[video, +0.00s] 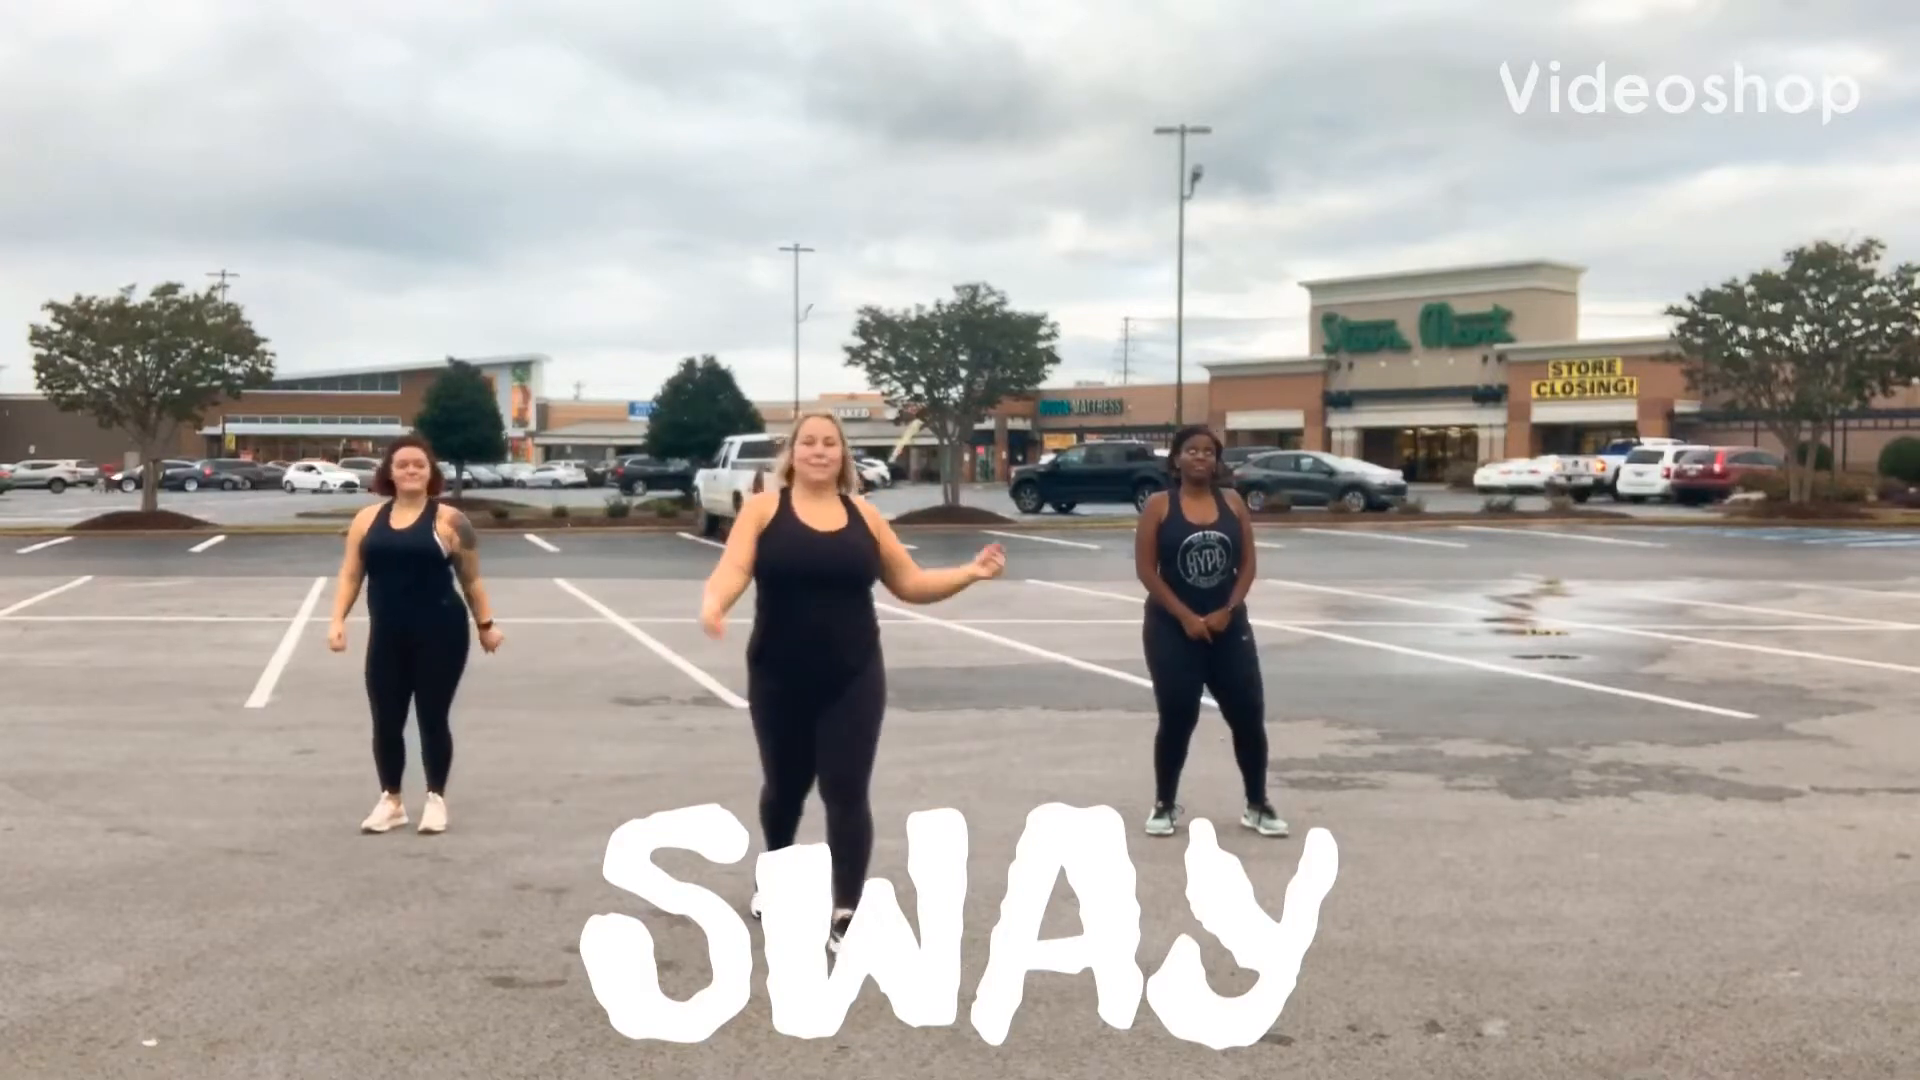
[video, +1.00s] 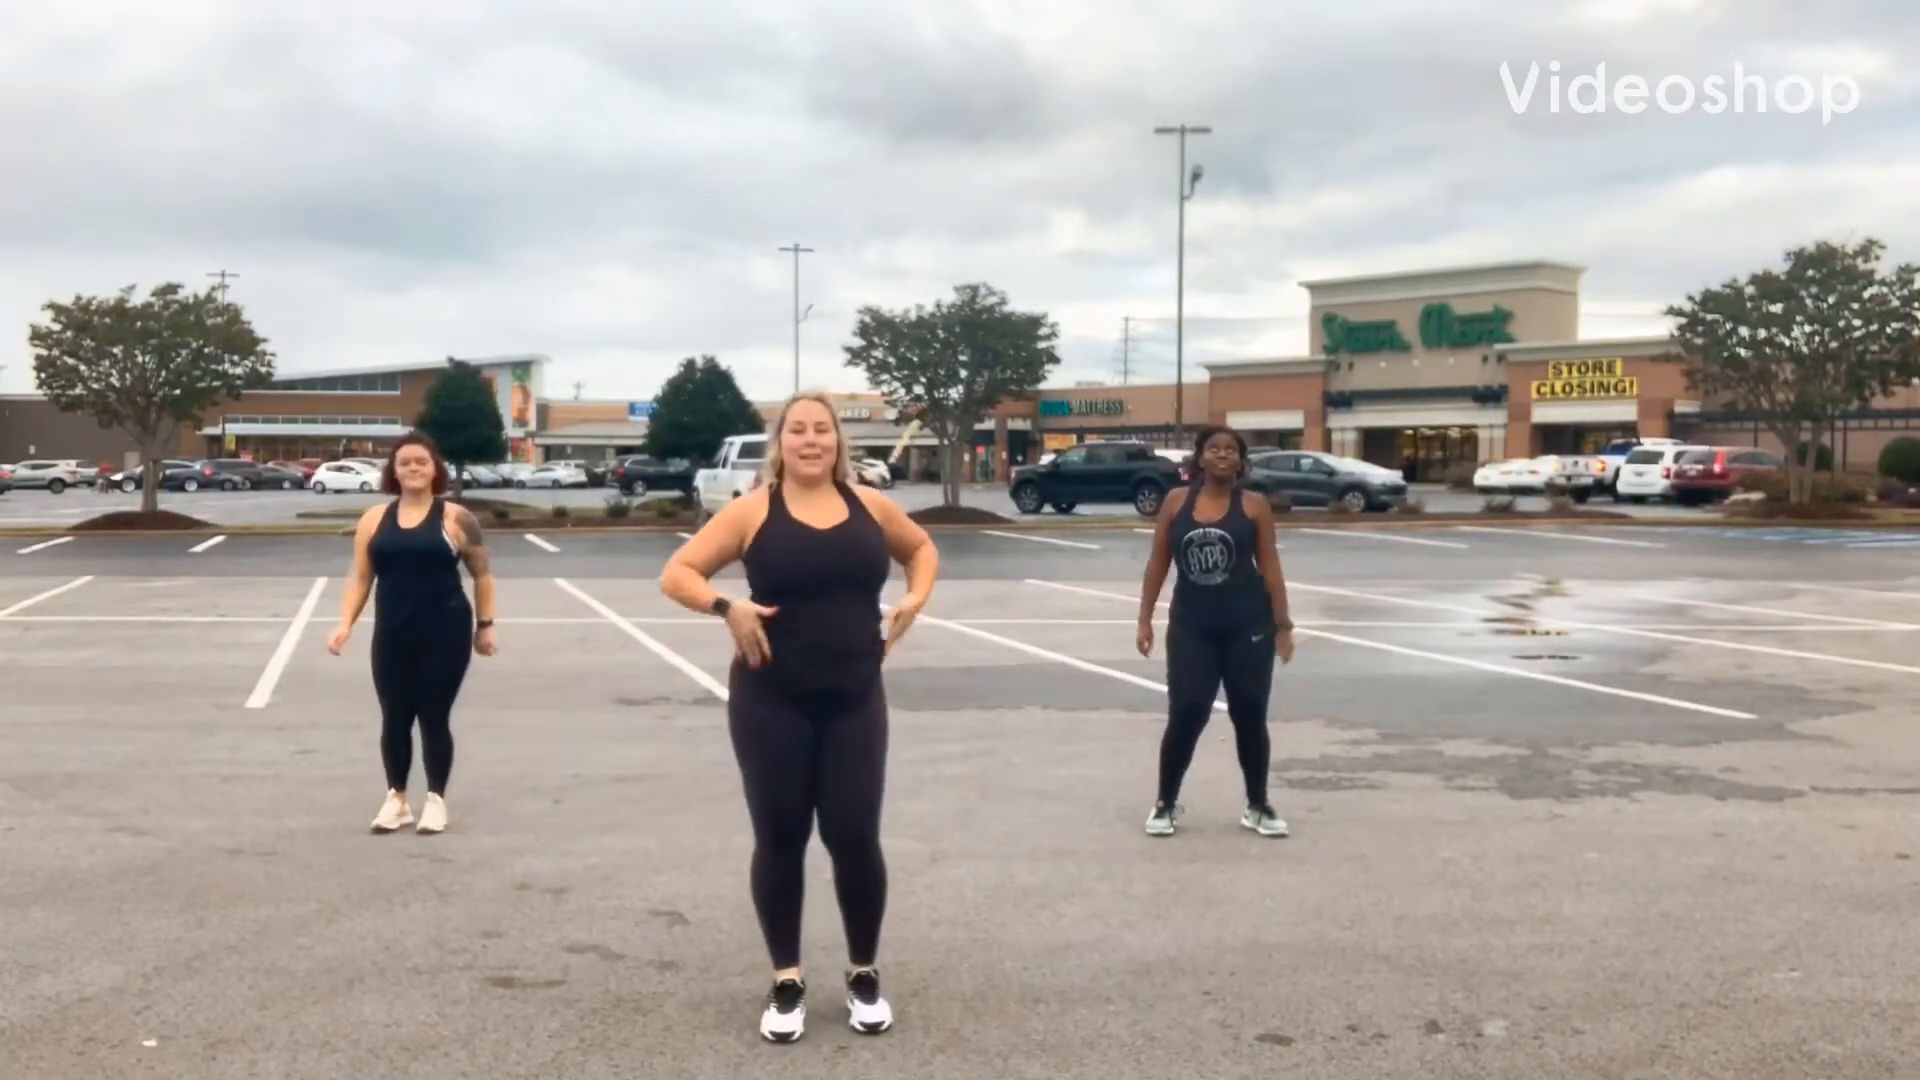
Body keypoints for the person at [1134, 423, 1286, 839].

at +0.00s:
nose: (1200, 457)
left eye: (1208, 452)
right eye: (1192, 451)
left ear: (1217, 461)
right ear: (1177, 458)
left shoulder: (1232, 503)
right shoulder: (1159, 506)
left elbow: (1248, 565)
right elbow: (1146, 571)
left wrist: (1228, 609)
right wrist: (1186, 616)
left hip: (1227, 623)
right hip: (1172, 626)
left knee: (1249, 715)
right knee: (1177, 718)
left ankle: (1257, 805)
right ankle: (1164, 805)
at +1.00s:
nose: (1223, 455)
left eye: (1230, 449)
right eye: (1215, 449)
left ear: (1241, 460)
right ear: (1200, 457)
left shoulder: (1254, 506)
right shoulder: (1178, 501)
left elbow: (1270, 568)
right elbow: (1159, 562)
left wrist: (1283, 624)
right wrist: (1145, 618)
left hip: (1249, 629)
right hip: (1192, 628)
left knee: (1251, 719)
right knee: (1186, 717)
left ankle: (1258, 806)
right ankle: (1165, 804)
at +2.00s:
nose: (1213, 452)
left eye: (1219, 446)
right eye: (1203, 447)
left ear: (1230, 455)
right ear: (1189, 460)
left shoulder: (1251, 499)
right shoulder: (1174, 502)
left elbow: (1270, 558)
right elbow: (1159, 566)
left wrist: (1285, 611)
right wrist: (1155, 624)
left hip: (1237, 628)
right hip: (1183, 629)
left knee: (1250, 719)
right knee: (1179, 716)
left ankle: (1258, 806)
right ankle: (1162, 806)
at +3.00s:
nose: (1243, 454)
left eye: (1250, 447)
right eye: (1235, 448)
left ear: (1262, 457)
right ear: (1222, 459)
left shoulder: (1280, 502)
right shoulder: (1203, 505)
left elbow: (1322, 548)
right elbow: (1184, 565)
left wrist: (1292, 570)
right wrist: (1214, 564)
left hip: (1276, 626)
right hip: (1221, 628)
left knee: (1287, 713)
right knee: (1217, 716)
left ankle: (1336, 797)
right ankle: (1218, 804)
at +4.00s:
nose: (1224, 473)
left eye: (1232, 466)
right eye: (1217, 466)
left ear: (1247, 467)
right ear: (1206, 468)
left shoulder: (1263, 500)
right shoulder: (1191, 500)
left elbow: (1287, 564)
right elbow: (1179, 557)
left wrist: (1272, 537)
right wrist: (1208, 507)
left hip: (1245, 618)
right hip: (1191, 617)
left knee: (1255, 711)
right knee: (1187, 699)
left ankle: (1242, 804)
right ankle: (1169, 786)